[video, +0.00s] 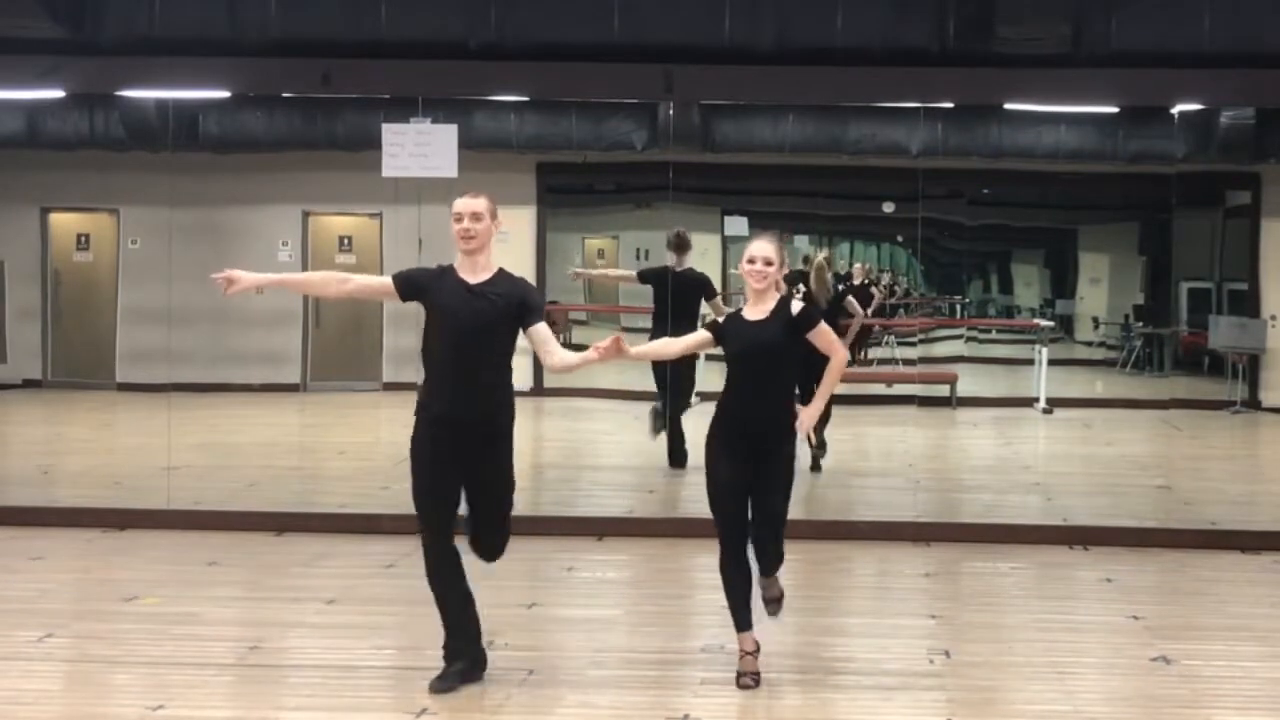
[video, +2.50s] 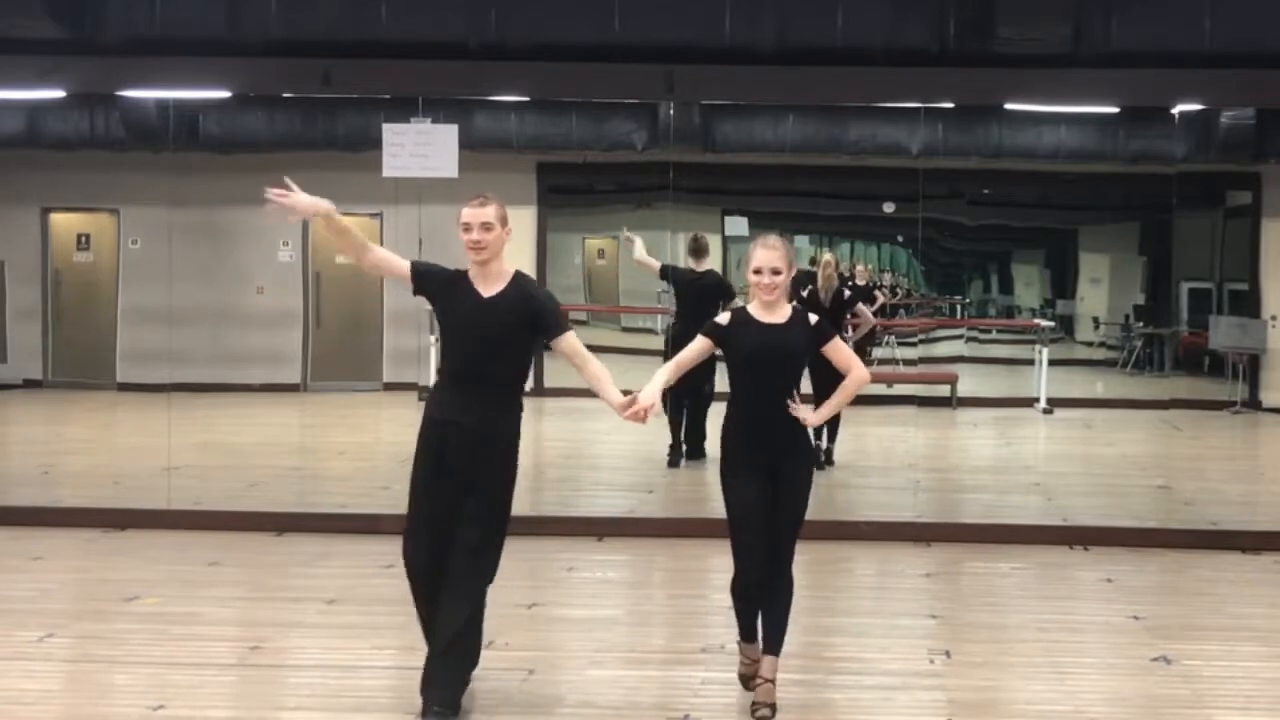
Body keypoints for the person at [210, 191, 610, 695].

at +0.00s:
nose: (466, 226)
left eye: (476, 218)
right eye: (459, 218)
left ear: (496, 226)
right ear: (451, 226)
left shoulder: (518, 293)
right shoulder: (430, 281)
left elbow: (553, 358)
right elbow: (345, 285)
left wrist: (593, 355)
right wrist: (261, 279)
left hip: (492, 434)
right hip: (436, 432)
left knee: (491, 546)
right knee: (437, 547)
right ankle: (466, 655)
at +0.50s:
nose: (466, 208)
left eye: (476, 200)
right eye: (459, 200)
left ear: (494, 209)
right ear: (449, 208)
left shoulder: (513, 277)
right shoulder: (423, 262)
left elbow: (547, 336)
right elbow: (334, 257)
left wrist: (582, 360)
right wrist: (248, 251)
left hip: (490, 404)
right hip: (437, 407)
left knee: (475, 456)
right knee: (449, 540)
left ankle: (403, 510)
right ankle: (466, 657)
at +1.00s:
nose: (464, 216)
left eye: (474, 208)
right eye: (457, 208)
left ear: (494, 218)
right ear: (447, 218)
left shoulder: (516, 277)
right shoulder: (426, 278)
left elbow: (572, 328)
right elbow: (366, 332)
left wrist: (605, 362)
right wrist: (344, 276)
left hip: (492, 408)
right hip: (438, 411)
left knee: (461, 476)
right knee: (450, 524)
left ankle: (418, 577)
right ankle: (474, 655)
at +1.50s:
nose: (478, 236)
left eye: (488, 227)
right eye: (470, 228)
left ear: (507, 234)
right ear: (459, 235)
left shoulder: (526, 299)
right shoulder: (437, 289)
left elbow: (579, 351)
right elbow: (354, 291)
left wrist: (625, 378)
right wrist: (276, 304)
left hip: (503, 437)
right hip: (454, 435)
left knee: (478, 537)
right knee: (472, 538)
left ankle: (462, 627)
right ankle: (456, 652)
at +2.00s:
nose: (465, 230)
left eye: (476, 222)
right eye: (458, 222)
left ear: (498, 231)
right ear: (451, 230)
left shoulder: (519, 297)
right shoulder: (430, 288)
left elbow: (568, 351)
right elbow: (342, 300)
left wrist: (609, 382)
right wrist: (260, 299)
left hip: (502, 444)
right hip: (446, 441)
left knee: (474, 561)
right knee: (445, 559)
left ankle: (434, 680)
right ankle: (489, 639)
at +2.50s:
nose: (473, 235)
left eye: (484, 227)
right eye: (466, 227)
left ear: (506, 232)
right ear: (458, 233)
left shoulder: (531, 299)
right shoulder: (444, 282)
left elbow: (582, 358)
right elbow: (369, 255)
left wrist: (617, 401)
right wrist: (324, 213)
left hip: (494, 452)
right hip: (438, 444)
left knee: (467, 570)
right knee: (421, 557)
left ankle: (441, 700)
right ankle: (452, 654)